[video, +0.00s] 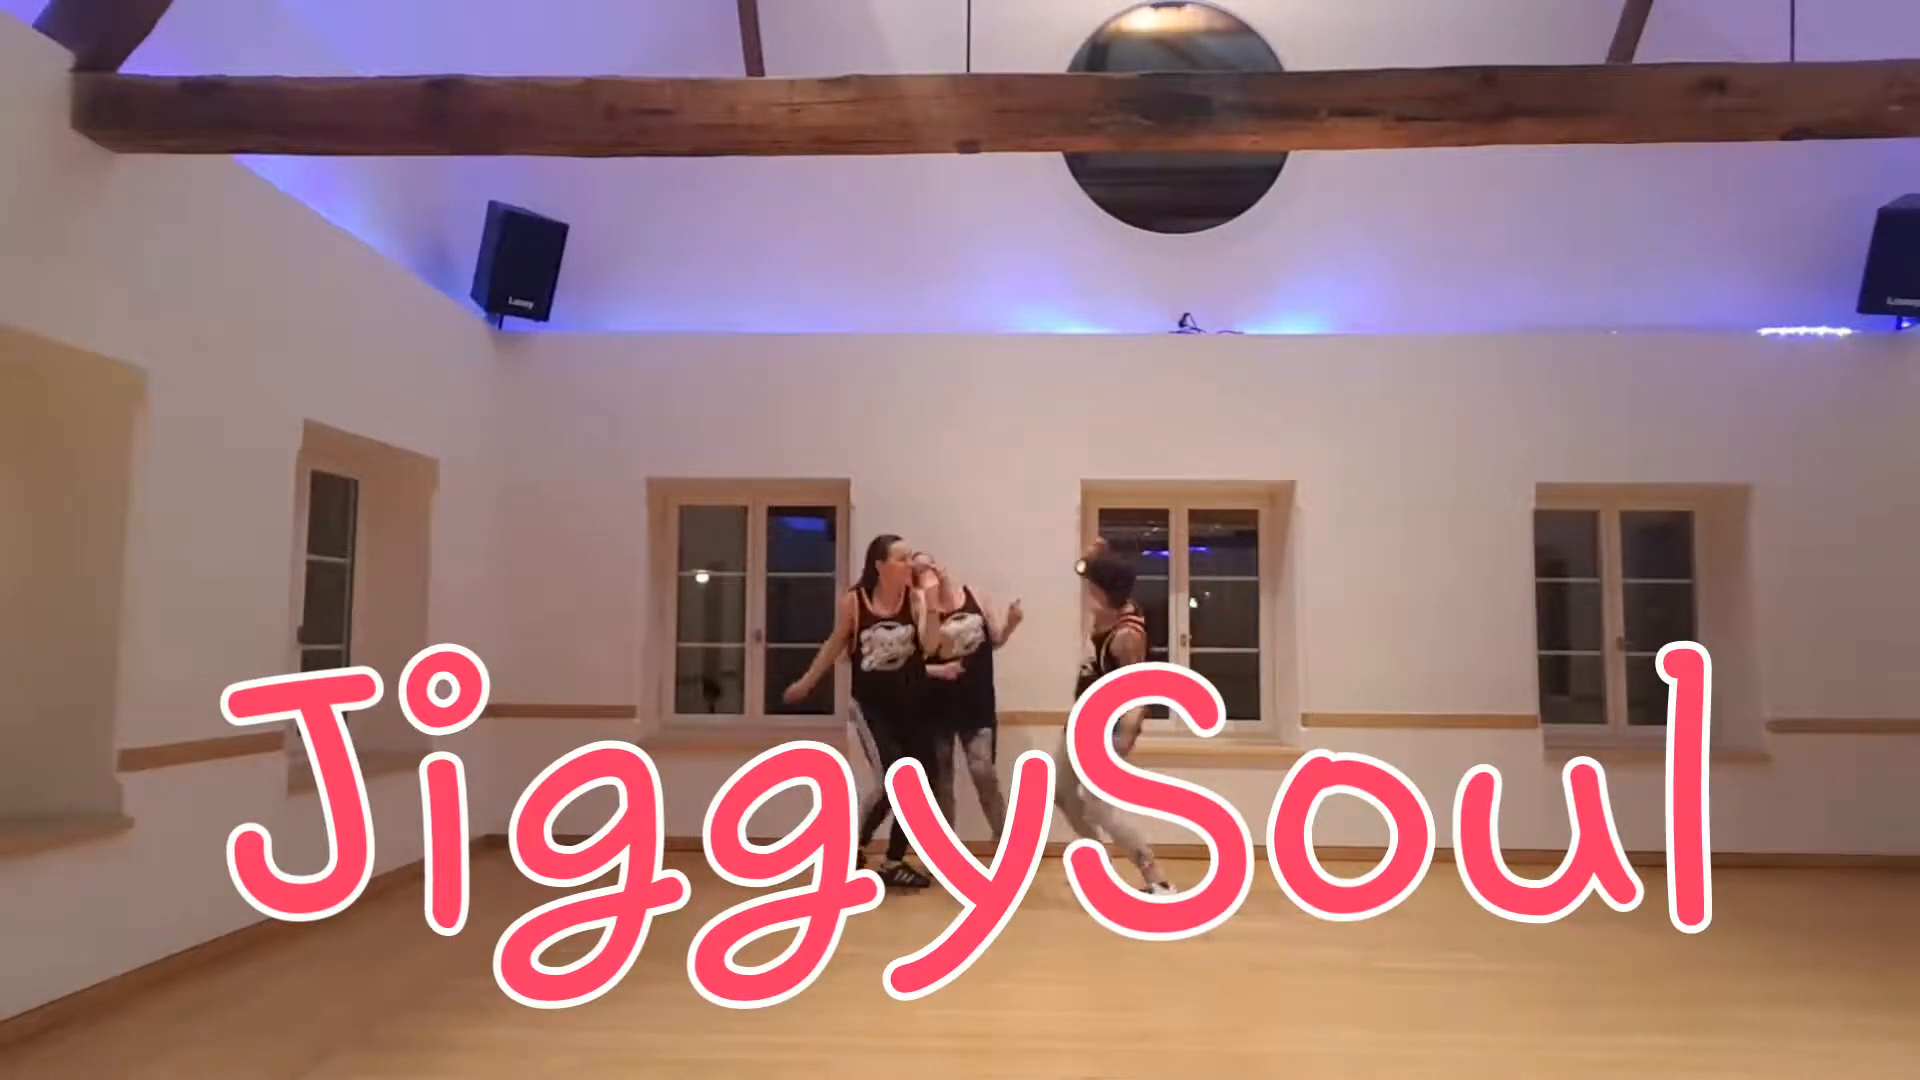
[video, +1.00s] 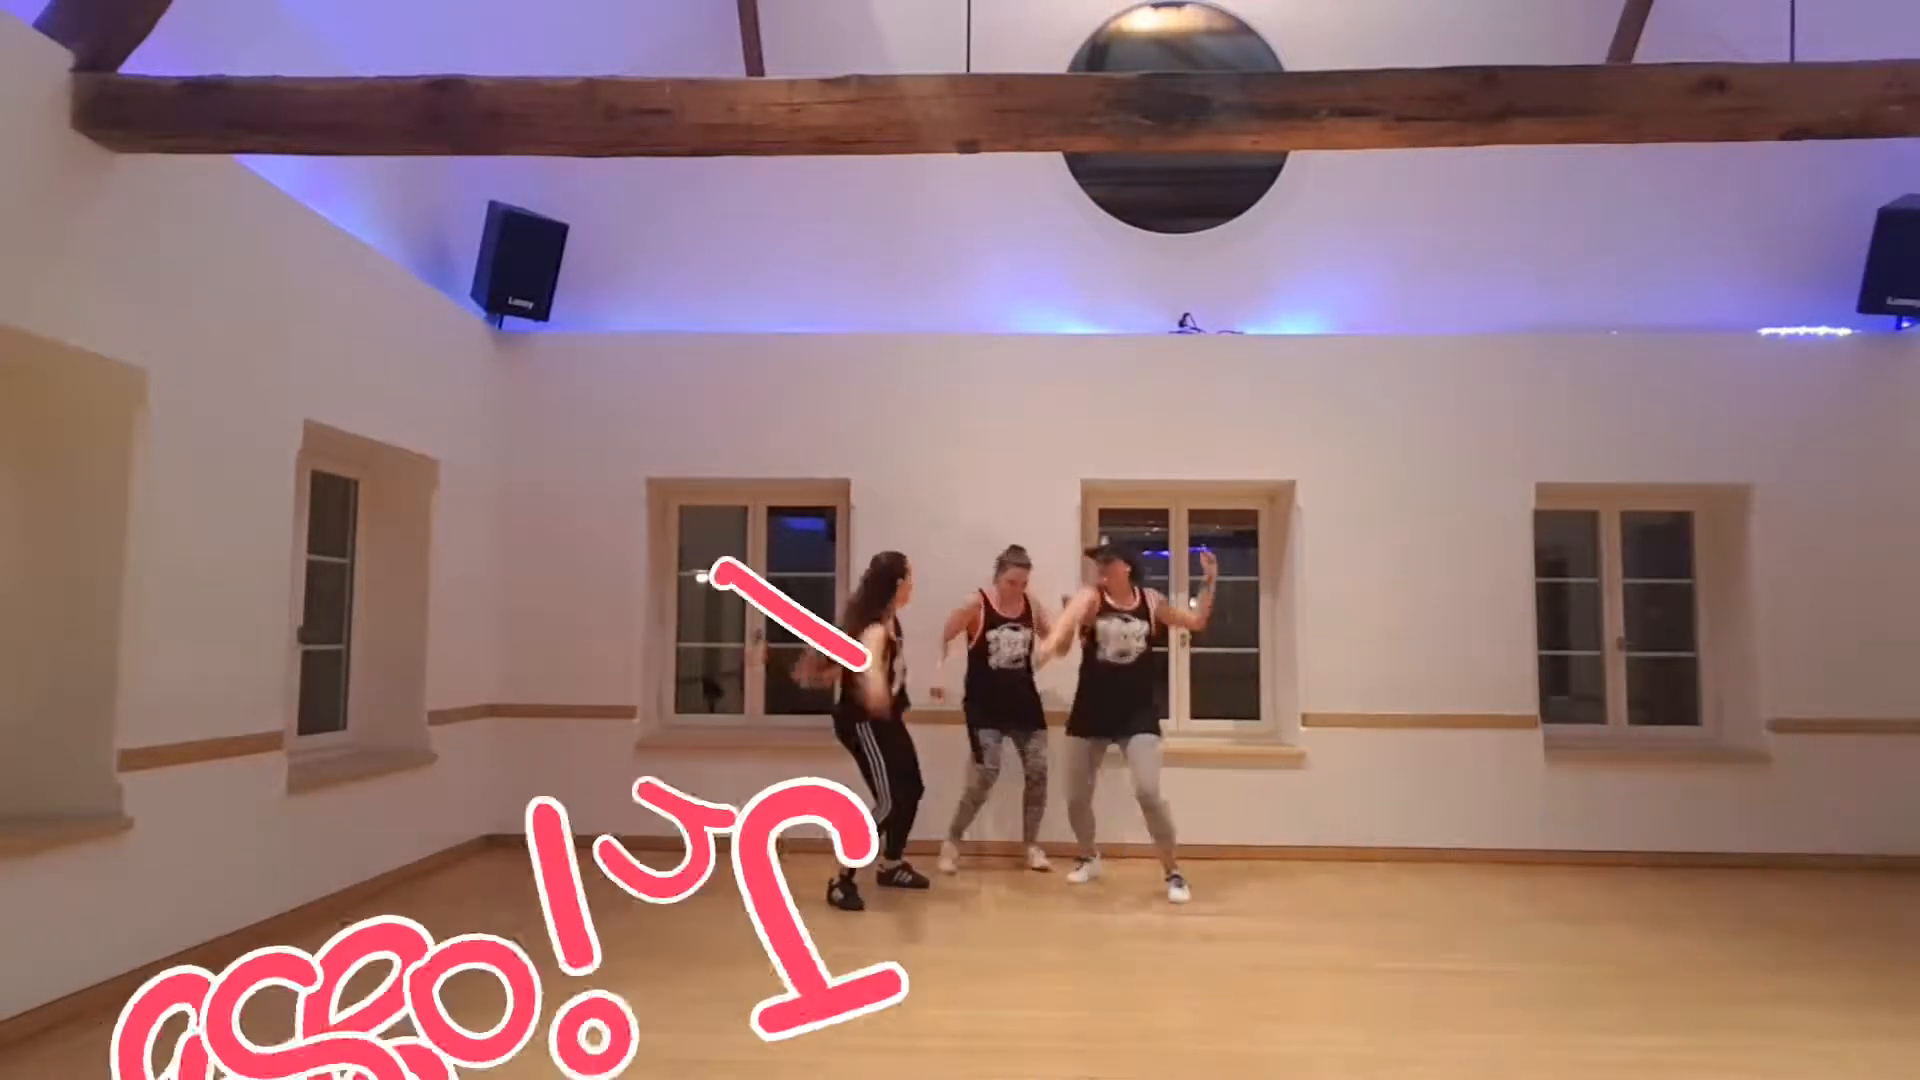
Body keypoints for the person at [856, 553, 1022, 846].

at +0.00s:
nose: (927, 573)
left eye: (928, 566)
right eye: (919, 573)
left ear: (938, 568)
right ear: (914, 585)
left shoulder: (972, 595)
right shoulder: (915, 612)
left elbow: (995, 640)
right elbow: (901, 665)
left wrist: (1010, 623)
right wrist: (936, 670)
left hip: (977, 696)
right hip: (938, 700)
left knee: (982, 771)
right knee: (942, 777)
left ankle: (1004, 838)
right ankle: (945, 844)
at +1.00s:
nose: (1018, 588)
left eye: (1023, 582)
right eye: (1013, 581)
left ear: (1029, 579)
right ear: (998, 576)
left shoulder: (1031, 605)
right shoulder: (976, 606)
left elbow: (1053, 640)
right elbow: (943, 638)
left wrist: (1068, 621)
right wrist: (938, 677)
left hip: (1023, 698)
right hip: (984, 700)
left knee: (1038, 770)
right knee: (986, 772)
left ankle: (1032, 844)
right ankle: (952, 841)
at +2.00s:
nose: (998, 557)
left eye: (1005, 552)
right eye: (994, 552)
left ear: (1018, 559)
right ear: (986, 558)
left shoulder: (1027, 585)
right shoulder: (981, 590)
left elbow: (1022, 601)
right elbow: (961, 632)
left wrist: (996, 609)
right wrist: (921, 634)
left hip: (1014, 692)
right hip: (974, 690)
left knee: (1027, 767)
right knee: (957, 767)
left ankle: (1033, 842)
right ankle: (947, 843)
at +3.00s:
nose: (965, 562)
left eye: (968, 556)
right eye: (957, 558)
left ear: (975, 562)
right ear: (944, 568)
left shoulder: (976, 595)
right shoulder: (945, 606)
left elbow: (991, 631)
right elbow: (959, 662)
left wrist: (1001, 651)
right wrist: (984, 710)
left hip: (985, 689)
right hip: (955, 696)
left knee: (1015, 762)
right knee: (958, 772)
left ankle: (998, 840)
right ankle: (949, 844)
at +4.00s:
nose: (1030, 566)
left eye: (1036, 562)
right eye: (1024, 560)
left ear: (1044, 570)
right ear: (1012, 567)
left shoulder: (1050, 606)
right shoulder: (990, 597)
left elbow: (1053, 660)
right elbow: (966, 637)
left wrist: (1036, 706)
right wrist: (962, 682)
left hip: (1031, 702)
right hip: (990, 699)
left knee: (1027, 777)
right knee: (989, 775)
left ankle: (1021, 850)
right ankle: (987, 845)